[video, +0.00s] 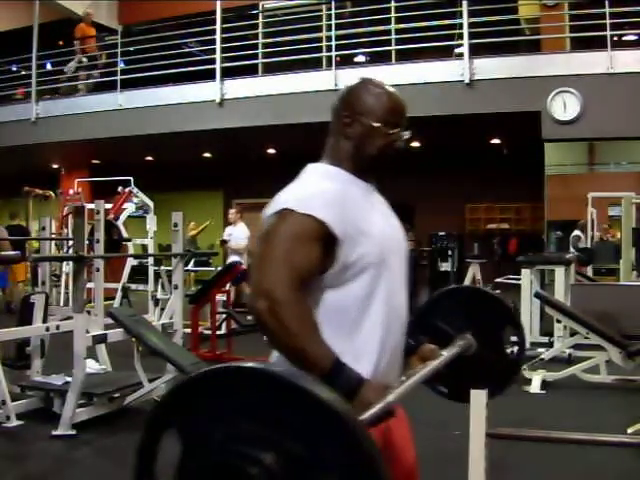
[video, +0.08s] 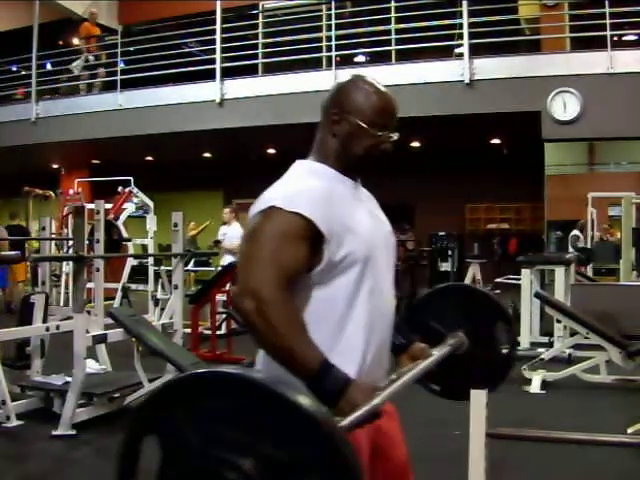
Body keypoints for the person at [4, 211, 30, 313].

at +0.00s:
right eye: (17, 216)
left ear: (9, 217)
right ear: (18, 217)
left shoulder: (6, 229)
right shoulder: (24, 229)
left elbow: (5, 245)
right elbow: (29, 244)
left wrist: (7, 255)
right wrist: (28, 256)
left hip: (8, 259)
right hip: (21, 259)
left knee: (9, 284)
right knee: (20, 284)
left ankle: (8, 303)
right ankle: (17, 304)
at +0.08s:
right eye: (17, 217)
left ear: (9, 218)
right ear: (18, 217)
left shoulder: (6, 229)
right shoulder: (24, 229)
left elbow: (5, 245)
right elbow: (29, 245)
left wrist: (5, 255)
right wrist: (28, 256)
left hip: (8, 259)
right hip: (20, 259)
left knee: (9, 284)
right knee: (19, 284)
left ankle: (8, 303)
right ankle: (17, 305)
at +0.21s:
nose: (16, 219)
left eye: (14, 217)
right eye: (16, 217)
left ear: (8, 218)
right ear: (18, 218)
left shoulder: (5, 229)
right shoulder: (24, 229)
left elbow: (4, 245)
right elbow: (29, 243)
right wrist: (29, 255)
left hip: (7, 259)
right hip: (20, 259)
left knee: (9, 284)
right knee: (19, 283)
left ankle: (8, 303)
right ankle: (17, 304)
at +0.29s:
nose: (12, 219)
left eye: (11, 217)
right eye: (14, 217)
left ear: (7, 218)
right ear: (17, 218)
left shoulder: (5, 229)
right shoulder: (24, 229)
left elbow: (4, 245)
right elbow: (29, 244)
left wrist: (3, 254)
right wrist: (28, 256)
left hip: (7, 259)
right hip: (19, 259)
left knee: (8, 284)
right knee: (20, 283)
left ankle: (8, 305)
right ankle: (21, 304)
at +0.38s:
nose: (12, 220)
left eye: (10, 218)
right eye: (13, 218)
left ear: (7, 218)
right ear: (17, 218)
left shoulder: (4, 230)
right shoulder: (23, 230)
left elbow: (3, 245)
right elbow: (29, 245)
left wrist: (3, 255)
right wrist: (27, 257)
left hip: (7, 260)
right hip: (19, 259)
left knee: (8, 284)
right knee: (20, 283)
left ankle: (8, 305)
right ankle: (22, 304)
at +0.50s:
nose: (10, 221)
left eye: (9, 218)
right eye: (11, 218)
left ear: (7, 219)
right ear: (16, 218)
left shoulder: (4, 230)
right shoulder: (23, 230)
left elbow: (3, 245)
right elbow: (27, 245)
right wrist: (27, 257)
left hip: (6, 260)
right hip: (19, 259)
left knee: (8, 285)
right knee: (20, 283)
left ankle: (8, 305)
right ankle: (22, 303)